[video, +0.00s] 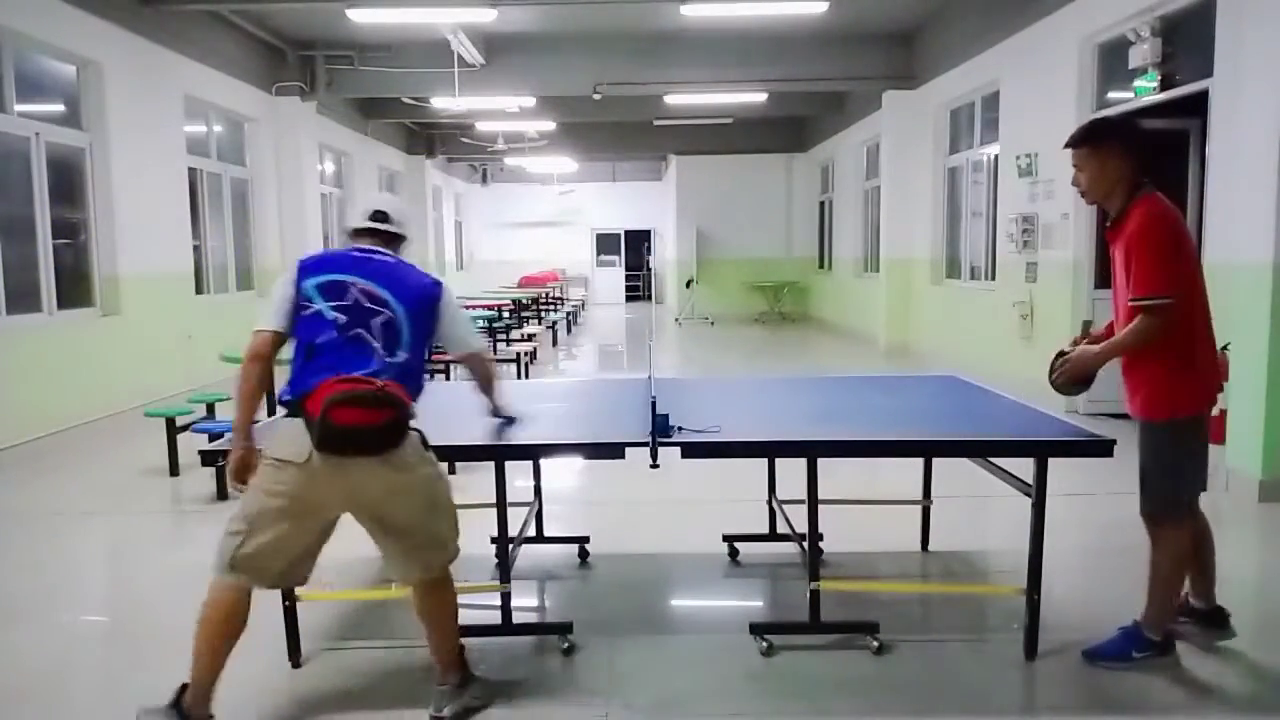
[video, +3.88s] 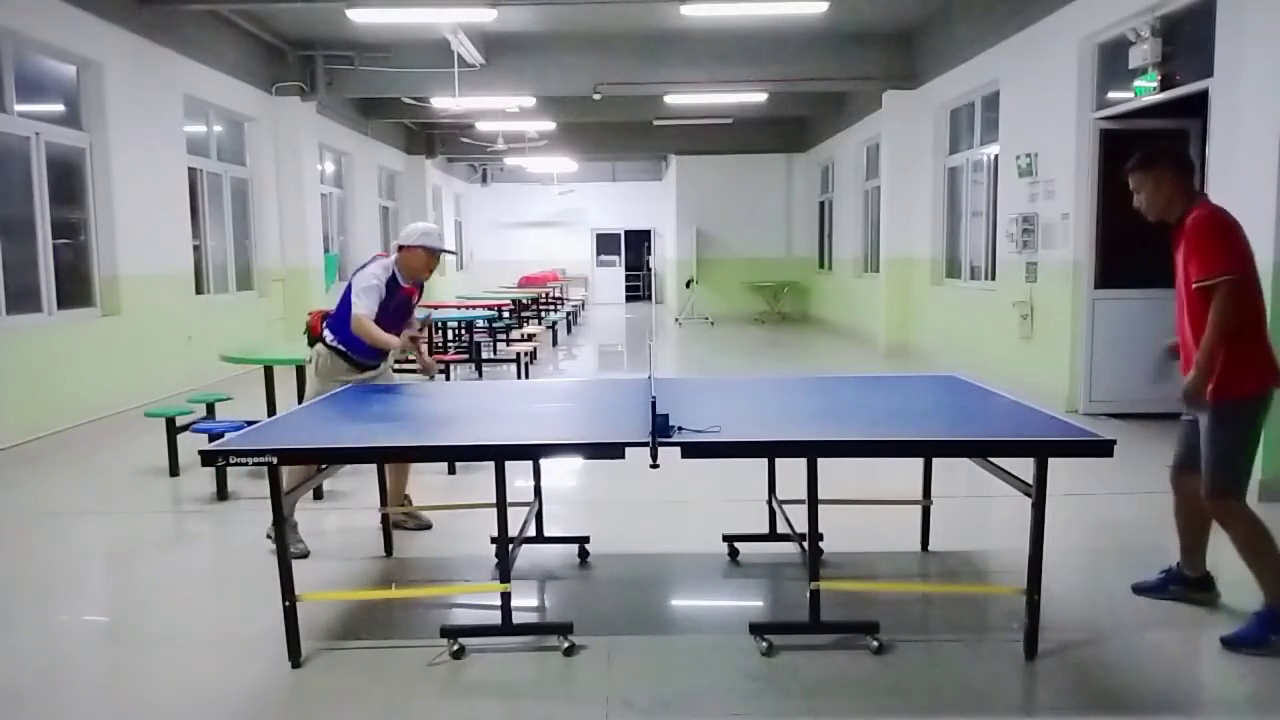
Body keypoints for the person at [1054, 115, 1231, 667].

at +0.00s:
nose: (1075, 181)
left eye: (1082, 167)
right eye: (1074, 169)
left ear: (1116, 163)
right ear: (1110, 168)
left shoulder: (1150, 222)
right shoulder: (1132, 222)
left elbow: (1158, 317)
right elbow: (1141, 308)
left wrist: (1098, 355)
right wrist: (1102, 336)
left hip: (1174, 393)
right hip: (1163, 390)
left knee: (1165, 511)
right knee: (1181, 504)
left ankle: (1155, 630)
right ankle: (1202, 605)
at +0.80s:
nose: (1149, 179)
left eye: (1157, 167)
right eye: (1149, 168)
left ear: (1192, 165)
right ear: (1190, 169)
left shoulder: (1217, 226)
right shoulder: (1205, 224)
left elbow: (1213, 314)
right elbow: (1196, 305)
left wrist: (1148, 337)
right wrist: (1148, 321)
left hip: (1213, 398)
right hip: (1225, 395)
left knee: (1186, 515)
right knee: (1241, 499)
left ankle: (1154, 630)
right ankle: (1271, 608)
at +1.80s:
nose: (1233, 180)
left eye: (1239, 168)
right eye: (1231, 170)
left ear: (1269, 164)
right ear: (1268, 167)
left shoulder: (1270, 219)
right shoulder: (1274, 218)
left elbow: (1254, 301)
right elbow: (1261, 301)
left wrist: (1207, 328)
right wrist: (1222, 334)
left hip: (1255, 390)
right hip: (1270, 389)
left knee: (1217, 498)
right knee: (1274, 495)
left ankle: (1213, 619)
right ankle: (1276, 607)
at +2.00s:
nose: (1232, 179)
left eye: (1238, 167)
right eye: (1232, 168)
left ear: (1265, 165)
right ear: (1270, 166)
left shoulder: (1263, 219)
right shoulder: (1273, 215)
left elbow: (1220, 291)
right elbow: (1258, 273)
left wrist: (1189, 264)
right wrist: (1215, 252)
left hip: (1252, 382)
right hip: (1276, 382)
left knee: (1212, 495)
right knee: (1275, 491)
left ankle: (1219, 616)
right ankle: (1277, 607)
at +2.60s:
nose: (1193, 175)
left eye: (1199, 164)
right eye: (1193, 164)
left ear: (1229, 163)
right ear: (1235, 165)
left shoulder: (1246, 220)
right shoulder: (1254, 215)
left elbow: (1247, 303)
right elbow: (1244, 294)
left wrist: (1193, 342)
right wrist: (1198, 274)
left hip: (1235, 392)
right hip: (1259, 390)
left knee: (1199, 499)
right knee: (1265, 498)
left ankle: (1221, 617)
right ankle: (1274, 606)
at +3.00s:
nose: (1160, 178)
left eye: (1168, 167)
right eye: (1160, 167)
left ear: (1204, 165)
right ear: (1190, 169)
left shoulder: (1241, 224)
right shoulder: (1195, 224)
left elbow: (1267, 316)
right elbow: (1200, 300)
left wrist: (1250, 391)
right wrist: (1165, 289)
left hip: (1226, 392)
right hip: (1195, 388)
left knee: (1199, 498)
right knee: (1185, 488)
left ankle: (1223, 616)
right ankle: (1251, 581)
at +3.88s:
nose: (1136, 203)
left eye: (1140, 190)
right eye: (1133, 193)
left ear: (1170, 179)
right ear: (1170, 182)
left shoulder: (1208, 225)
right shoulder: (1191, 231)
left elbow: (1228, 299)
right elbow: (1213, 302)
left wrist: (1201, 374)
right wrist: (1186, 343)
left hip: (1240, 384)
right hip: (1212, 383)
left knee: (1222, 496)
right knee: (1186, 477)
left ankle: (1277, 607)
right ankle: (1192, 574)